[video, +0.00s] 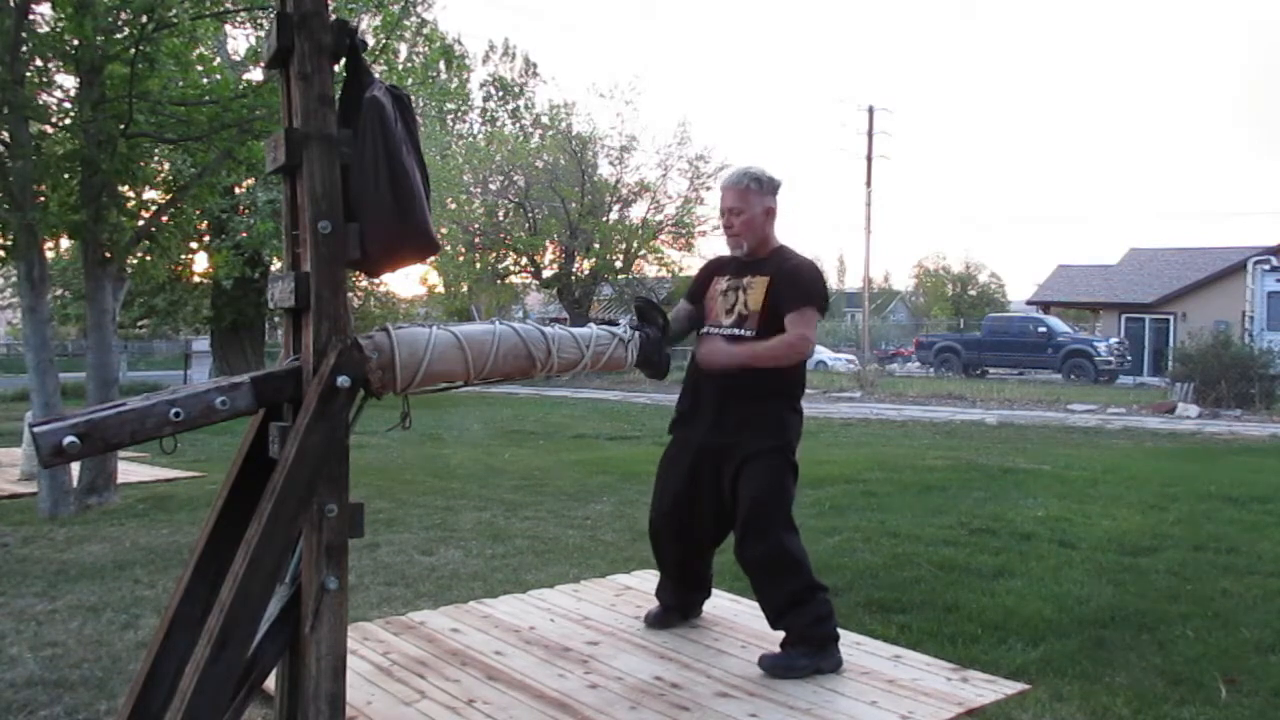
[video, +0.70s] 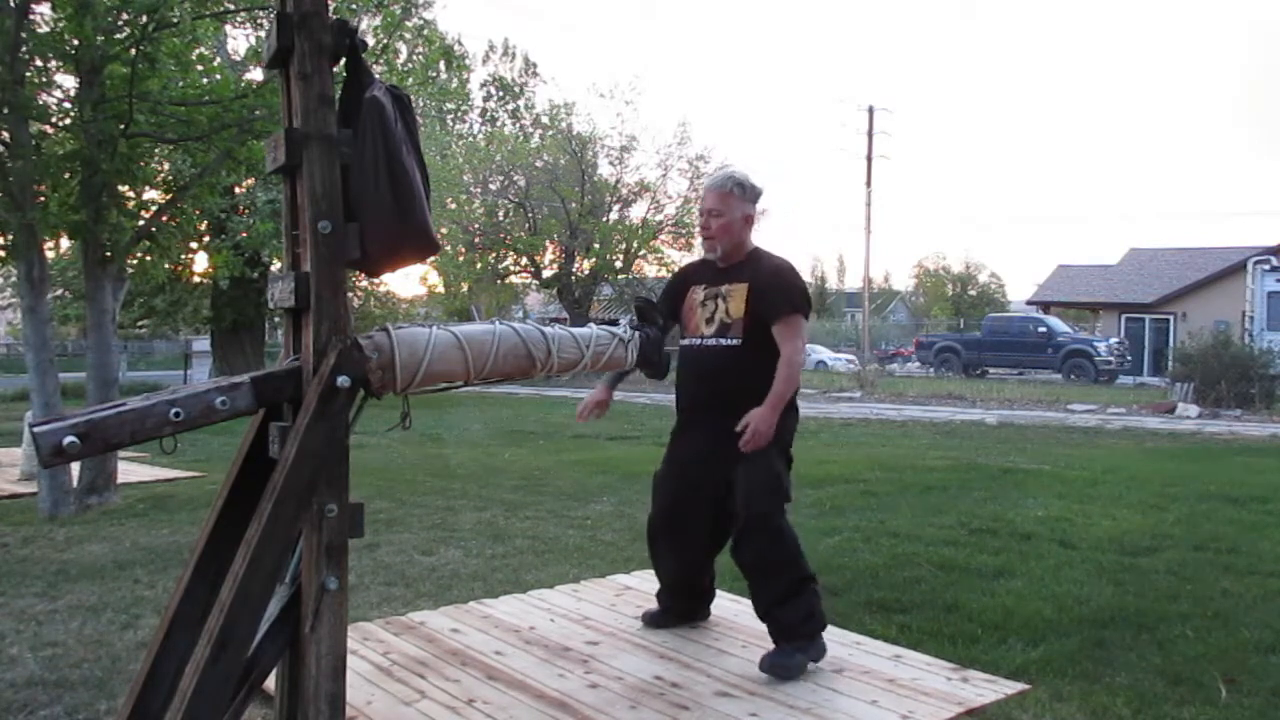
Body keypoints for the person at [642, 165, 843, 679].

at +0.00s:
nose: (730, 222)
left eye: (741, 213)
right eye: (725, 212)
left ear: (771, 212)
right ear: (721, 212)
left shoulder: (797, 273)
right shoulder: (714, 272)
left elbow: (800, 343)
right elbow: (677, 322)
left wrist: (730, 353)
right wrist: (654, 330)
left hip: (763, 426)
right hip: (700, 421)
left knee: (763, 532)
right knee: (674, 516)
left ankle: (815, 642)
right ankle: (681, 599)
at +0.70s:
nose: (705, 223)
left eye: (717, 214)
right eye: (703, 213)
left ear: (748, 218)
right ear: (700, 215)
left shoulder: (774, 275)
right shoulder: (687, 280)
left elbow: (793, 353)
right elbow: (643, 334)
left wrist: (770, 409)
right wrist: (607, 385)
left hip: (756, 423)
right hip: (696, 424)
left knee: (758, 526)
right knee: (675, 515)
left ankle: (800, 637)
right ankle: (684, 603)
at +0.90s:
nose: (717, 224)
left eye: (729, 215)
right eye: (714, 214)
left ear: (761, 217)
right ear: (710, 216)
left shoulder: (794, 281)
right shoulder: (694, 281)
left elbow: (820, 354)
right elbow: (652, 342)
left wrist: (830, 422)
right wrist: (616, 395)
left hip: (768, 440)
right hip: (702, 436)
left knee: (785, 538)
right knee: (678, 523)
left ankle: (818, 652)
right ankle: (684, 603)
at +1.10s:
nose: (744, 219)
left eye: (757, 211)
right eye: (742, 210)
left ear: (792, 215)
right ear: (742, 212)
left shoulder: (829, 279)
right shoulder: (722, 280)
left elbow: (861, 355)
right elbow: (698, 357)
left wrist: (867, 415)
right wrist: (684, 421)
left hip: (800, 439)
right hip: (733, 433)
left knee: (800, 544)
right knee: (709, 522)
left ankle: (820, 665)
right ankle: (689, 603)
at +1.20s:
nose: (761, 213)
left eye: (775, 205)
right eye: (760, 203)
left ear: (811, 210)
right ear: (759, 205)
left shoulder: (851, 271)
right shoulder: (742, 276)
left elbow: (873, 336)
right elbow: (712, 346)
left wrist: (840, 373)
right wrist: (715, 406)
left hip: (821, 431)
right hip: (755, 427)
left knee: (809, 536)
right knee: (724, 515)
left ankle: (820, 667)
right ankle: (708, 602)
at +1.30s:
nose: (769, 209)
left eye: (782, 200)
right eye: (769, 198)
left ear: (821, 204)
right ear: (774, 201)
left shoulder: (862, 267)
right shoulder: (754, 271)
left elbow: (871, 329)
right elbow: (721, 330)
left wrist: (806, 332)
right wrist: (725, 356)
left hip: (830, 432)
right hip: (760, 428)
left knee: (815, 535)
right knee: (730, 519)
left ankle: (821, 666)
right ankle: (734, 613)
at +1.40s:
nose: (779, 204)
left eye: (792, 195)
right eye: (779, 193)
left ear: (832, 199)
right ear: (783, 195)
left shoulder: (869, 260)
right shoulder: (771, 262)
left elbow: (852, 313)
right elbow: (727, 311)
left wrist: (781, 295)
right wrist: (718, 298)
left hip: (837, 435)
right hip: (765, 427)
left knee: (821, 539)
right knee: (733, 509)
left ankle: (822, 667)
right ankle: (760, 626)